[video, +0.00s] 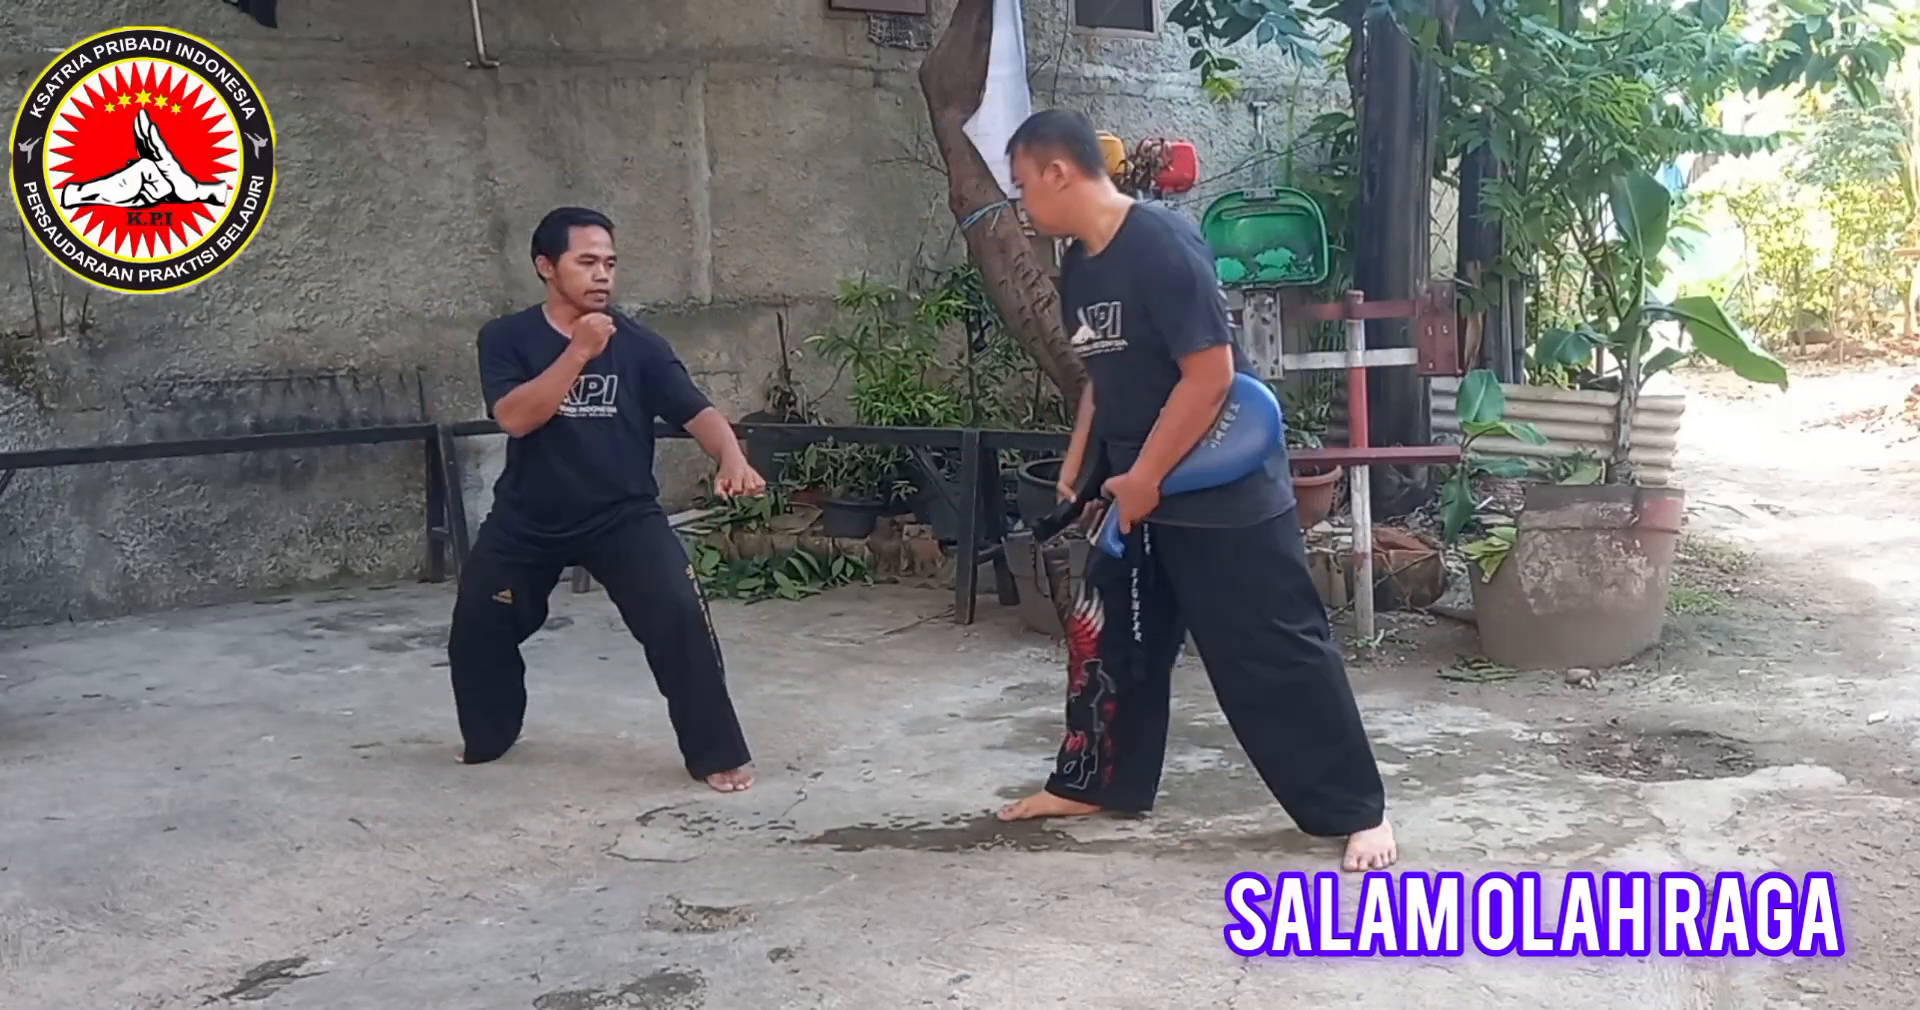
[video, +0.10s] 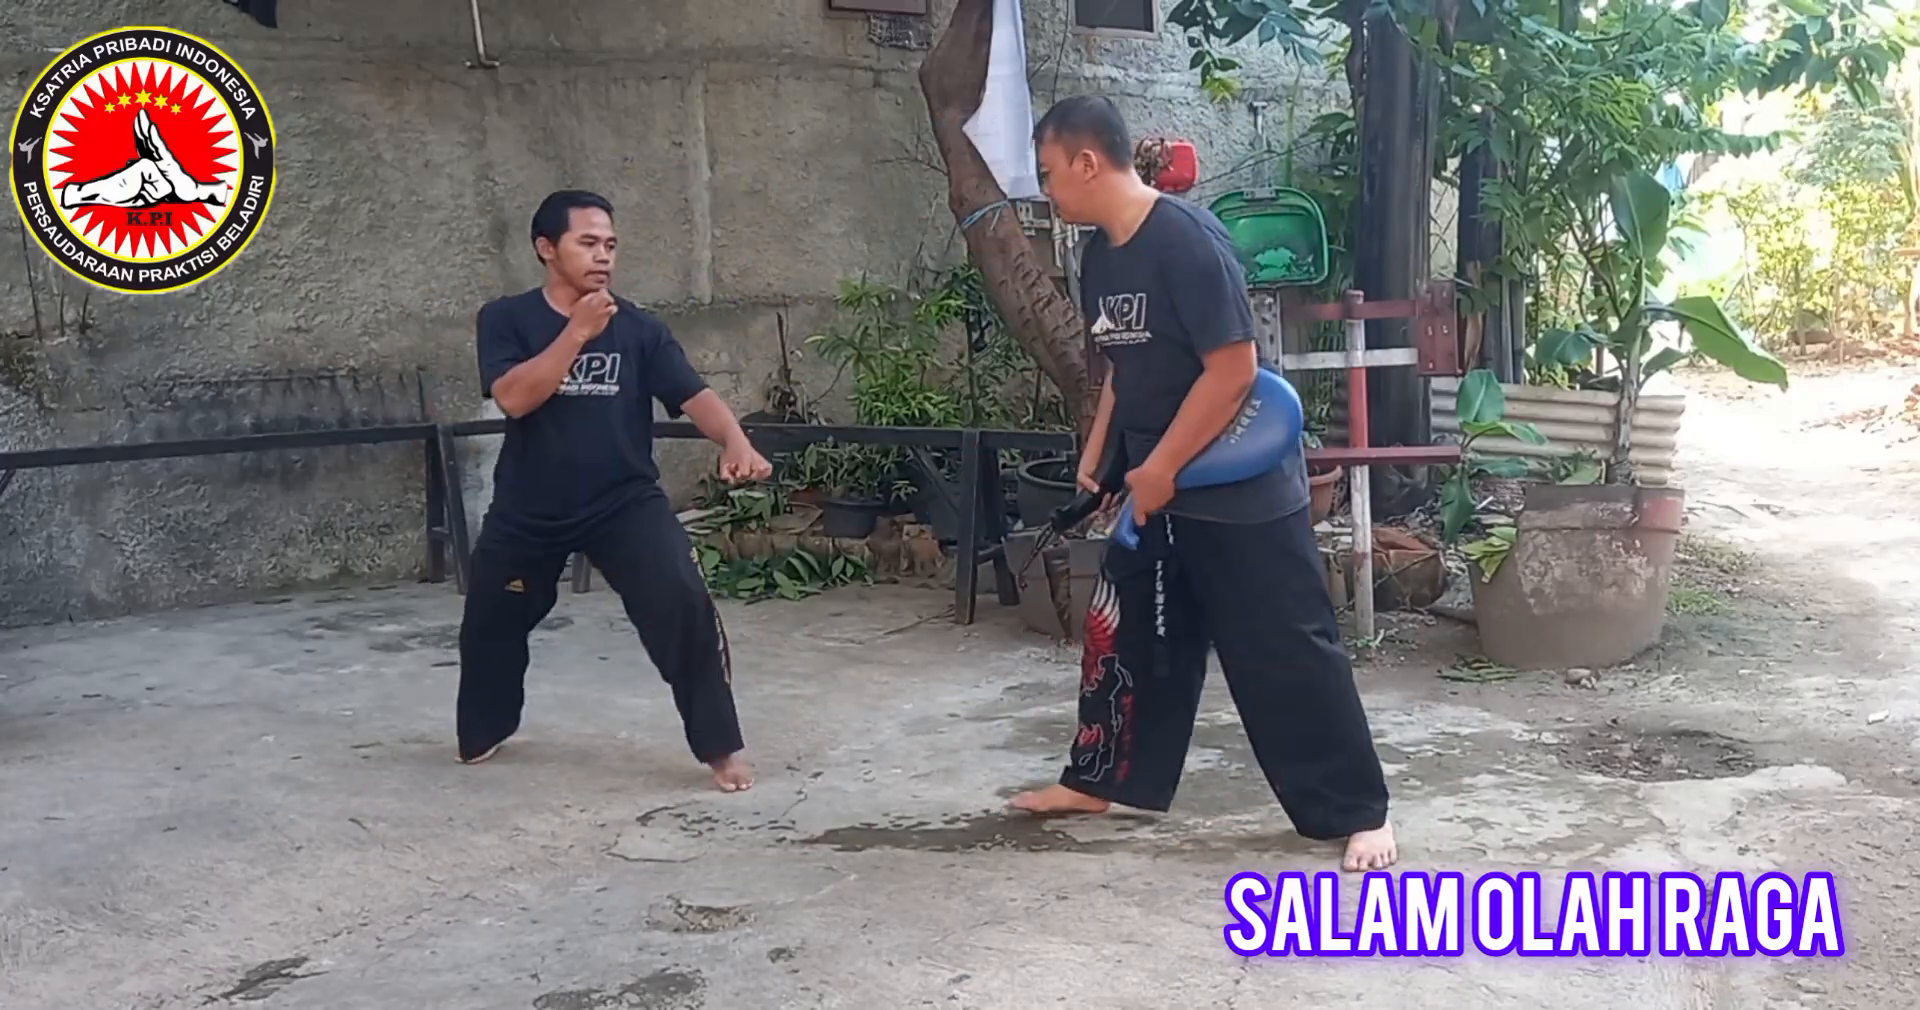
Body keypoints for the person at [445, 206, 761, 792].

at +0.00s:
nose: (604, 273)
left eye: (610, 262)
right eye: (588, 262)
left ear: (616, 267)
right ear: (546, 268)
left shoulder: (639, 345)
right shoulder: (506, 337)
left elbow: (693, 410)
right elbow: (514, 418)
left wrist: (731, 456)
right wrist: (578, 352)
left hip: (624, 515)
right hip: (528, 517)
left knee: (677, 612)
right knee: (477, 625)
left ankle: (717, 754)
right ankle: (488, 736)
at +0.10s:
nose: (604, 255)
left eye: (610, 244)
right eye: (589, 243)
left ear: (617, 250)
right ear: (547, 249)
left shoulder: (638, 329)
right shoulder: (506, 320)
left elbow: (693, 396)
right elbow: (512, 398)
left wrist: (735, 440)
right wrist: (575, 334)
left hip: (625, 502)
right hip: (529, 508)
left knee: (681, 600)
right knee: (488, 618)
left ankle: (722, 744)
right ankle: (484, 725)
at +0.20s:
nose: (623, 253)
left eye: (628, 242)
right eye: (608, 241)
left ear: (633, 250)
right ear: (565, 247)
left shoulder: (653, 327)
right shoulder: (524, 312)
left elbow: (707, 388)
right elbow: (529, 386)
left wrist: (754, 428)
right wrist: (597, 324)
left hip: (645, 505)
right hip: (550, 507)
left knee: (698, 614)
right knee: (504, 623)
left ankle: (729, 758)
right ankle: (480, 741)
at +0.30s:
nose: (641, 264)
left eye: (646, 254)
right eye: (626, 253)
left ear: (650, 262)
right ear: (582, 262)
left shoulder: (668, 340)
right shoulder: (541, 326)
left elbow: (725, 395)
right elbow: (552, 391)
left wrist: (772, 424)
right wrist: (616, 322)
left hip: (658, 516)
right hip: (563, 520)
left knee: (716, 615)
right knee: (512, 630)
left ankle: (734, 761)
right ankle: (486, 742)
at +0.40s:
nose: (646, 259)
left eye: (650, 249)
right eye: (631, 248)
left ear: (654, 257)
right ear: (587, 255)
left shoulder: (671, 335)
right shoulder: (544, 321)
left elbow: (731, 385)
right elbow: (568, 380)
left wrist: (781, 409)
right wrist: (627, 308)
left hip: (661, 513)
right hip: (565, 515)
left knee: (713, 617)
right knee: (510, 625)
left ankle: (740, 757)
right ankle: (486, 737)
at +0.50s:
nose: (633, 256)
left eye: (639, 245)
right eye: (619, 244)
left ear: (644, 252)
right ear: (575, 248)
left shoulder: (661, 325)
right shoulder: (531, 316)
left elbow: (725, 375)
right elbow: (561, 375)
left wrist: (775, 393)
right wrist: (624, 303)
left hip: (648, 507)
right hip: (553, 510)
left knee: (698, 619)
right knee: (502, 625)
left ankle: (738, 755)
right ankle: (486, 738)